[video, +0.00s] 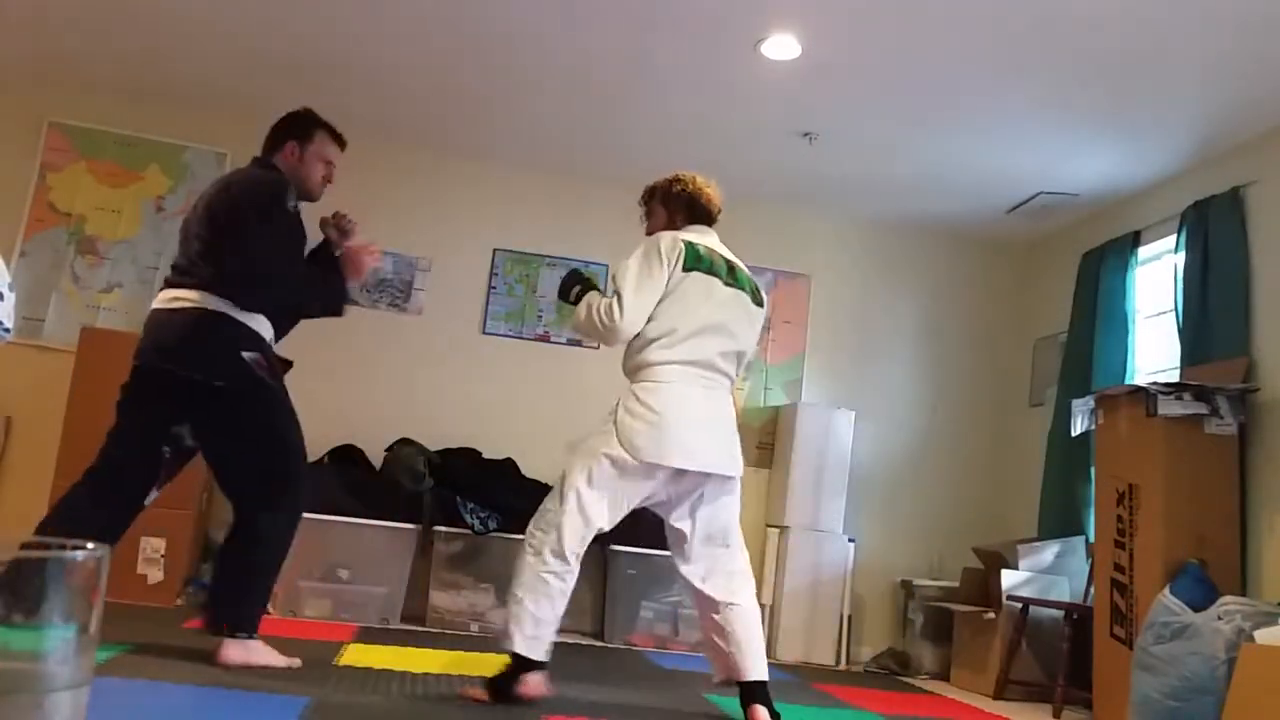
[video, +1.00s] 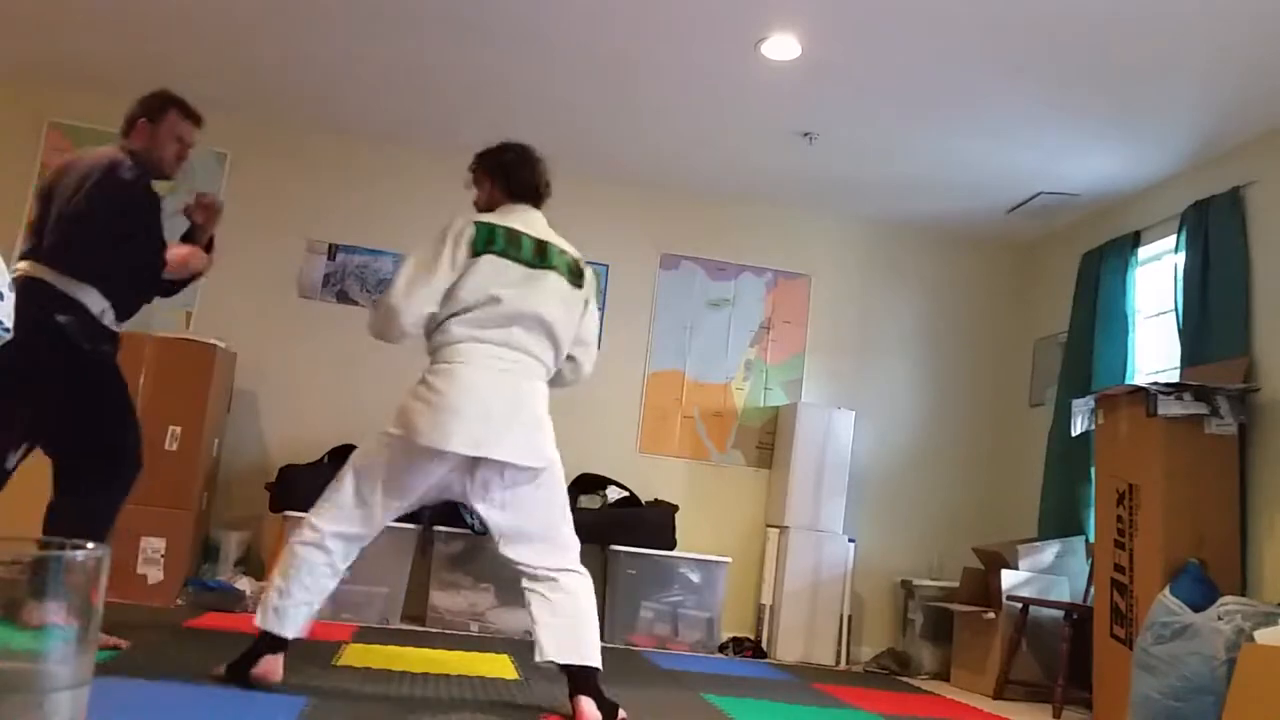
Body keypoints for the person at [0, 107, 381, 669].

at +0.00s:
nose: (331, 179)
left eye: (335, 169)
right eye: (327, 164)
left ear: (286, 154)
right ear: (291, 152)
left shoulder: (227, 190)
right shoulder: (270, 193)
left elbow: (268, 298)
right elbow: (273, 289)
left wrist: (326, 249)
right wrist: (341, 274)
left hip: (164, 339)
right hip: (221, 348)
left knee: (117, 481)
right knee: (276, 489)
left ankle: (20, 597)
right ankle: (238, 634)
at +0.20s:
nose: (334, 173)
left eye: (338, 162)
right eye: (329, 158)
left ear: (288, 152)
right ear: (294, 148)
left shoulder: (227, 183)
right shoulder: (268, 194)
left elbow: (294, 297)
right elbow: (271, 289)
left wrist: (340, 258)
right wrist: (326, 249)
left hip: (161, 333)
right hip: (215, 345)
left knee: (124, 480)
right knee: (267, 488)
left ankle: (23, 591)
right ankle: (262, 639)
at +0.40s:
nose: (326, 180)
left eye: (331, 168)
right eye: (321, 163)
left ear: (277, 159)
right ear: (284, 154)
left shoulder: (224, 193)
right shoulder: (255, 193)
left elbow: (265, 317)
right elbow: (244, 276)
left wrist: (326, 268)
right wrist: (315, 225)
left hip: (155, 337)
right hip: (207, 348)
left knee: (111, 484)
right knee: (276, 490)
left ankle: (12, 586)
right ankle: (260, 643)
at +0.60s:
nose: (265, 178)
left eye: (268, 167)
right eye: (258, 164)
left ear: (212, 162)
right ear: (223, 156)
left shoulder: (167, 204)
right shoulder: (236, 213)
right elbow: (289, 286)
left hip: (106, 349)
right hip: (171, 359)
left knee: (67, 474)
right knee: (250, 492)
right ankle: (261, 640)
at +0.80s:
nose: (207, 160)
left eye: (211, 150)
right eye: (202, 145)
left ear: (156, 140)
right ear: (165, 136)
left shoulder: (103, 176)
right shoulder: (151, 186)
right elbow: (154, 298)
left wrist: (192, 237)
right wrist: (198, 255)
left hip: (37, 324)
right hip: (93, 335)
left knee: (9, 454)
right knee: (163, 464)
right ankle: (126, 613)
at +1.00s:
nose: (185, 154)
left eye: (190, 145)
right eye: (179, 140)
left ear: (135, 135)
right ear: (143, 129)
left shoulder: (70, 169)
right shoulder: (129, 185)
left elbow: (154, 280)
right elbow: (127, 275)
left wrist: (196, 233)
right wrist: (173, 263)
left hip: (26, 326)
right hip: (70, 340)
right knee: (112, 460)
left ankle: (53, 603)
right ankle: (53, 602)